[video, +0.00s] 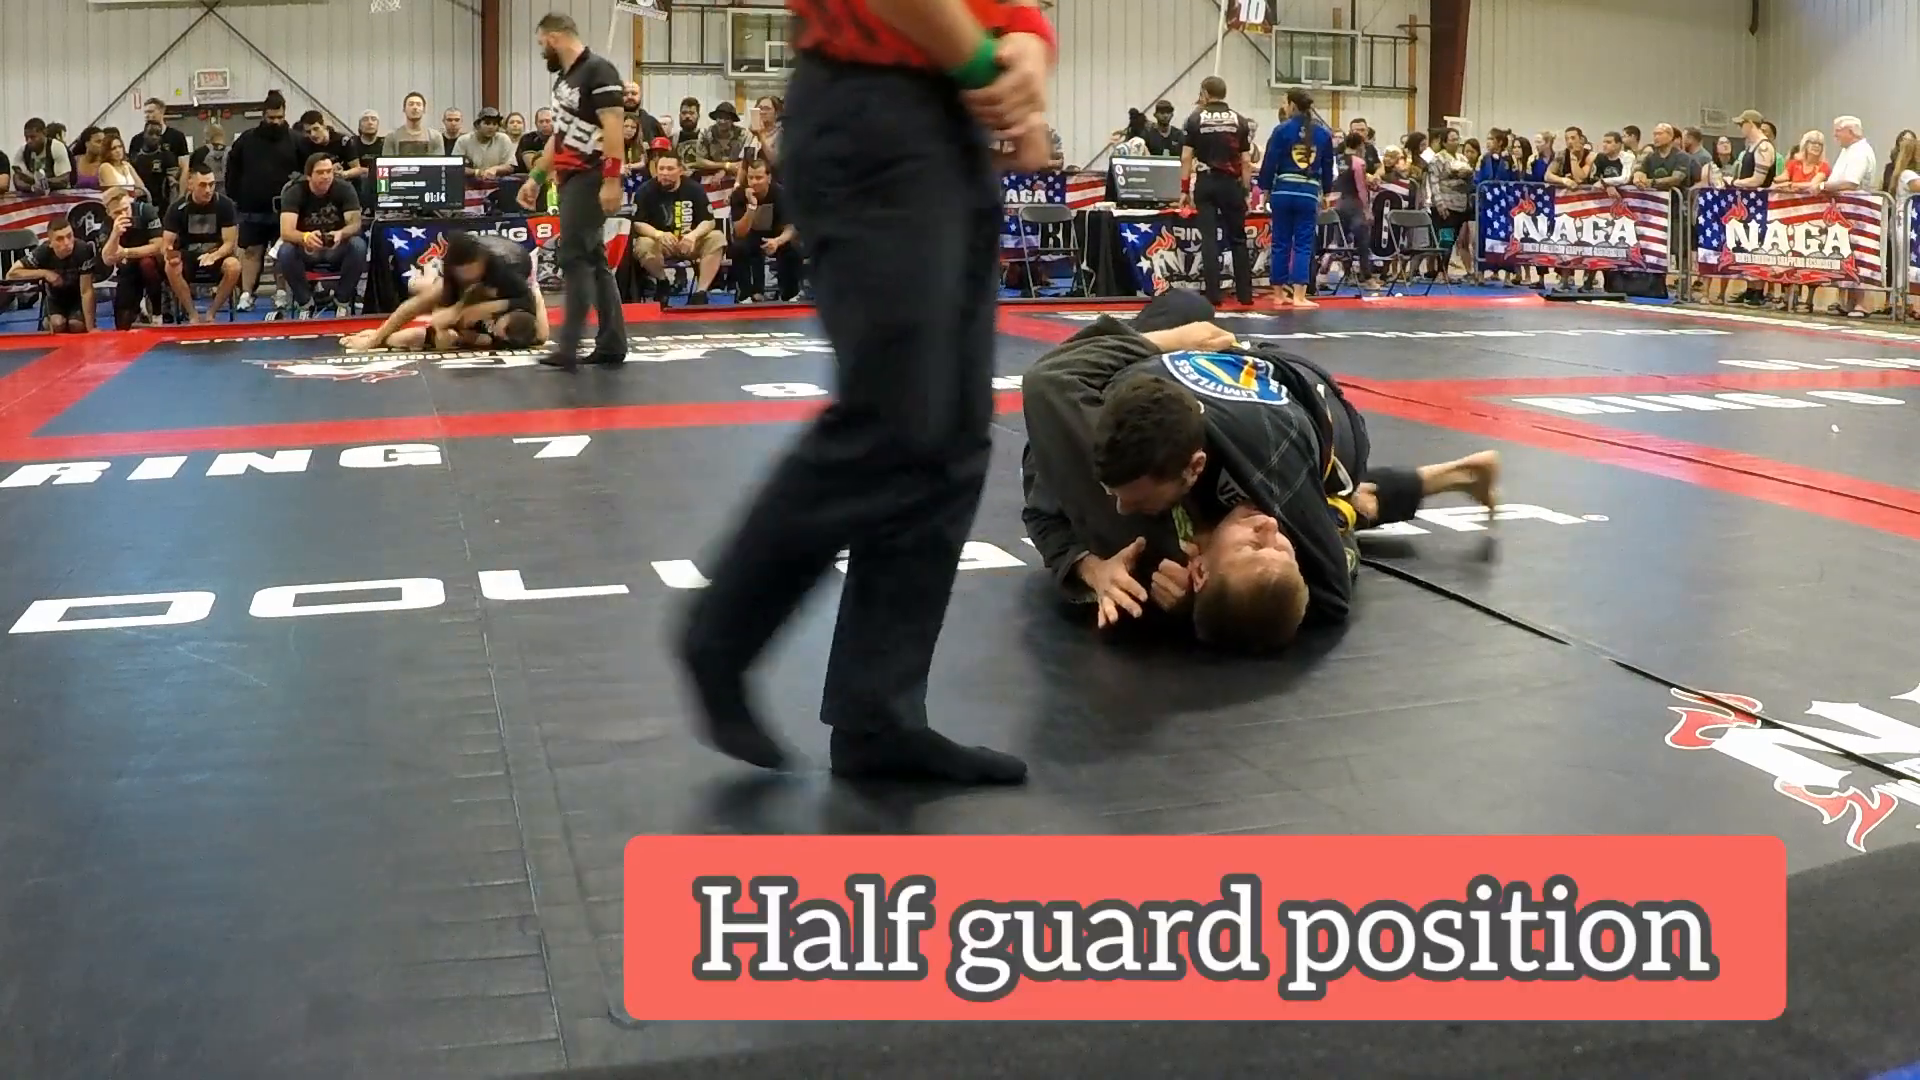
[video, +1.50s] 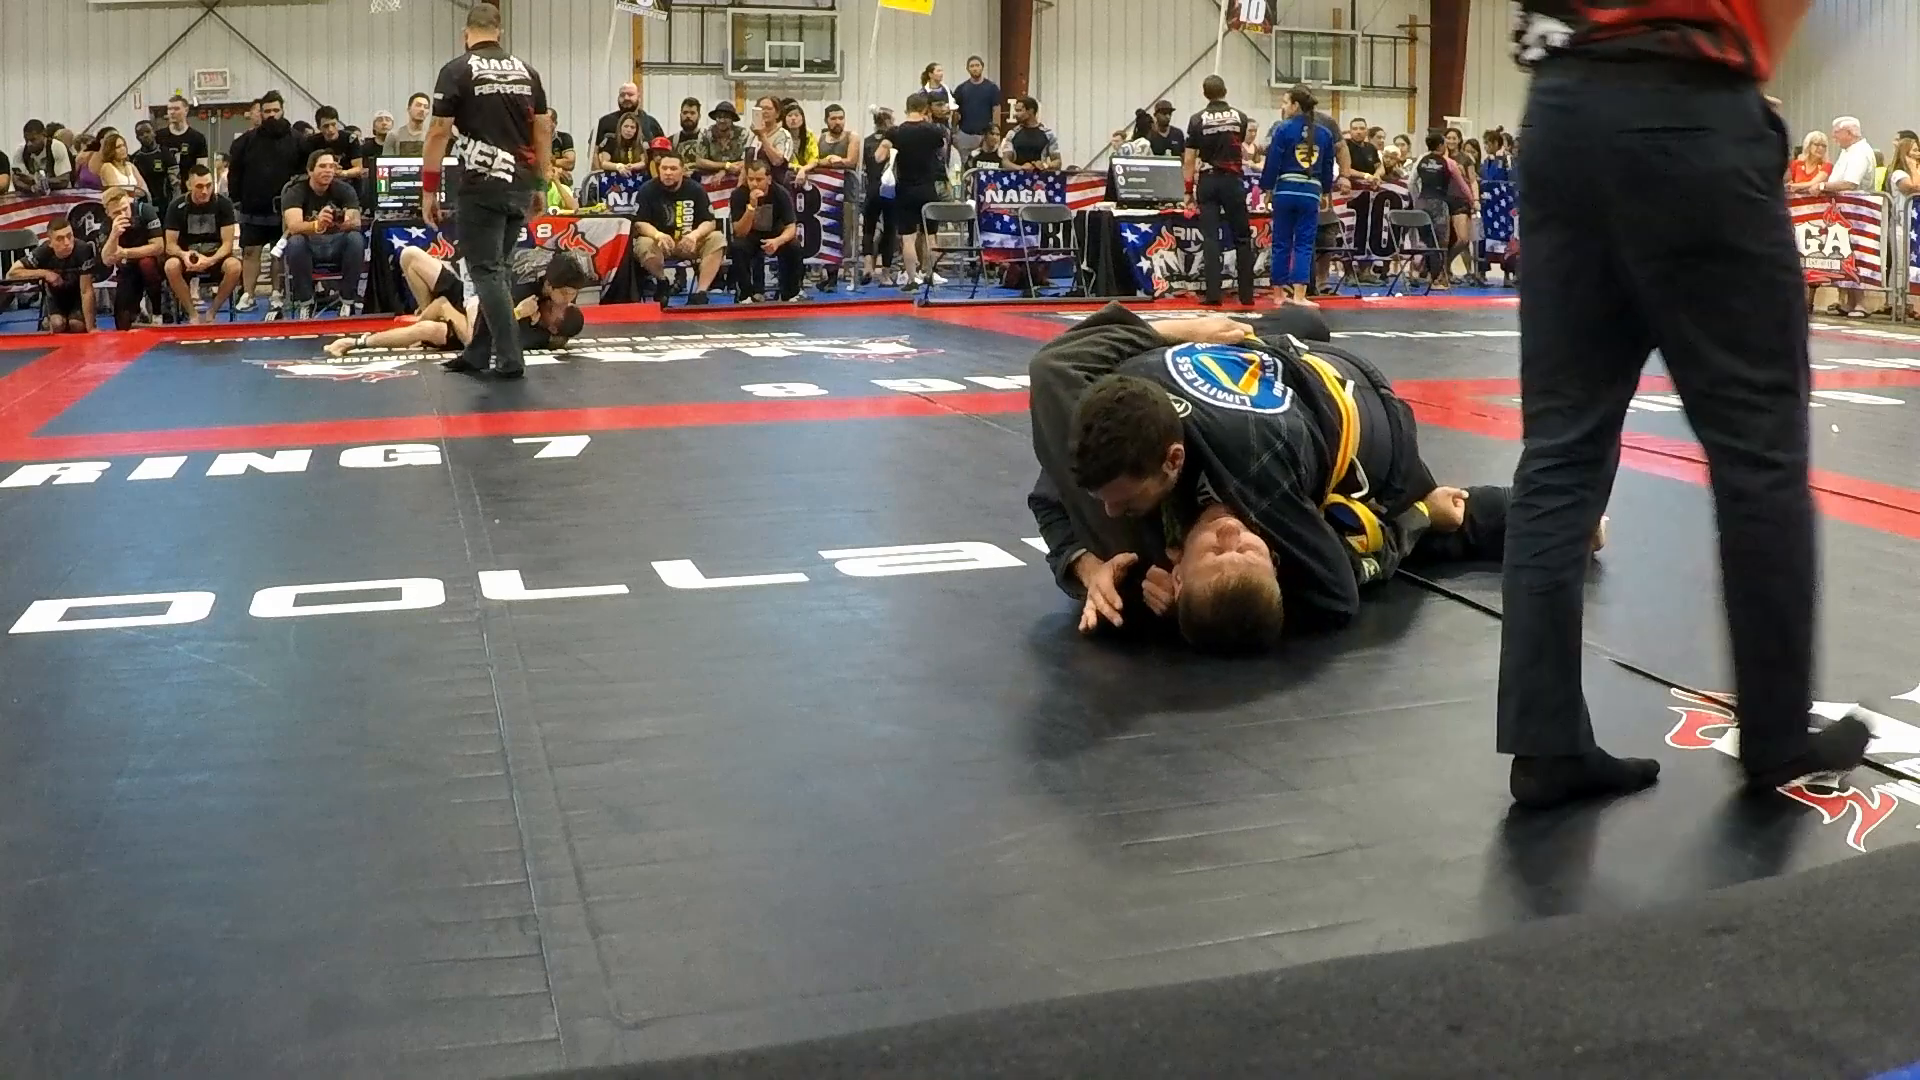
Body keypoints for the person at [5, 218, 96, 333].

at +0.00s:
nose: (67, 243)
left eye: (69, 237)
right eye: (60, 239)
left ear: (73, 235)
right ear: (50, 241)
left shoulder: (83, 250)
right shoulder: (44, 251)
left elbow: (86, 291)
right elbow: (12, 274)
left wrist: (91, 327)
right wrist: (44, 273)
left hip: (78, 293)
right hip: (55, 294)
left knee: (76, 324)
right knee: (58, 323)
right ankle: (46, 323)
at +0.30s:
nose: (67, 243)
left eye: (69, 237)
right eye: (60, 239)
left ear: (73, 235)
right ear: (50, 241)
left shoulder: (83, 250)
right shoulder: (44, 251)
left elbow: (86, 290)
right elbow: (12, 274)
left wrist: (91, 328)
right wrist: (44, 273)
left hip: (78, 293)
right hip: (55, 293)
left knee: (76, 325)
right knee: (58, 323)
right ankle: (46, 323)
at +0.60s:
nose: (67, 243)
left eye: (69, 237)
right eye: (60, 239)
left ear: (73, 235)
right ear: (50, 240)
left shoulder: (83, 250)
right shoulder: (44, 251)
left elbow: (86, 290)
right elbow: (12, 274)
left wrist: (91, 328)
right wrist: (44, 273)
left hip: (78, 292)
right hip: (55, 293)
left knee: (76, 325)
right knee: (58, 323)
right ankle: (46, 323)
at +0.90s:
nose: (67, 243)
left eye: (69, 236)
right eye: (60, 239)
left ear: (73, 235)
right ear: (50, 241)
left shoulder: (83, 249)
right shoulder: (44, 251)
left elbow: (86, 290)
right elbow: (12, 274)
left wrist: (91, 328)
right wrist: (44, 273)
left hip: (78, 291)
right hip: (55, 291)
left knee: (76, 324)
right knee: (58, 323)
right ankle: (46, 323)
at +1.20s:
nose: (67, 243)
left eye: (69, 236)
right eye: (60, 239)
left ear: (73, 235)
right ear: (50, 240)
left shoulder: (83, 250)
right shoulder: (44, 251)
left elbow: (86, 290)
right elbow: (12, 274)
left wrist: (91, 328)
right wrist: (44, 273)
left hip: (78, 292)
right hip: (55, 292)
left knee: (76, 324)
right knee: (58, 323)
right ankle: (46, 323)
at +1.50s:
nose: (67, 243)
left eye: (69, 236)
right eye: (60, 239)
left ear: (73, 235)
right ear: (50, 240)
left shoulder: (83, 249)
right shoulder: (44, 251)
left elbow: (86, 290)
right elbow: (12, 273)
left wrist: (91, 328)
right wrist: (44, 273)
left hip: (77, 291)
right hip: (55, 292)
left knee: (77, 325)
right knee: (58, 324)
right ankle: (46, 323)